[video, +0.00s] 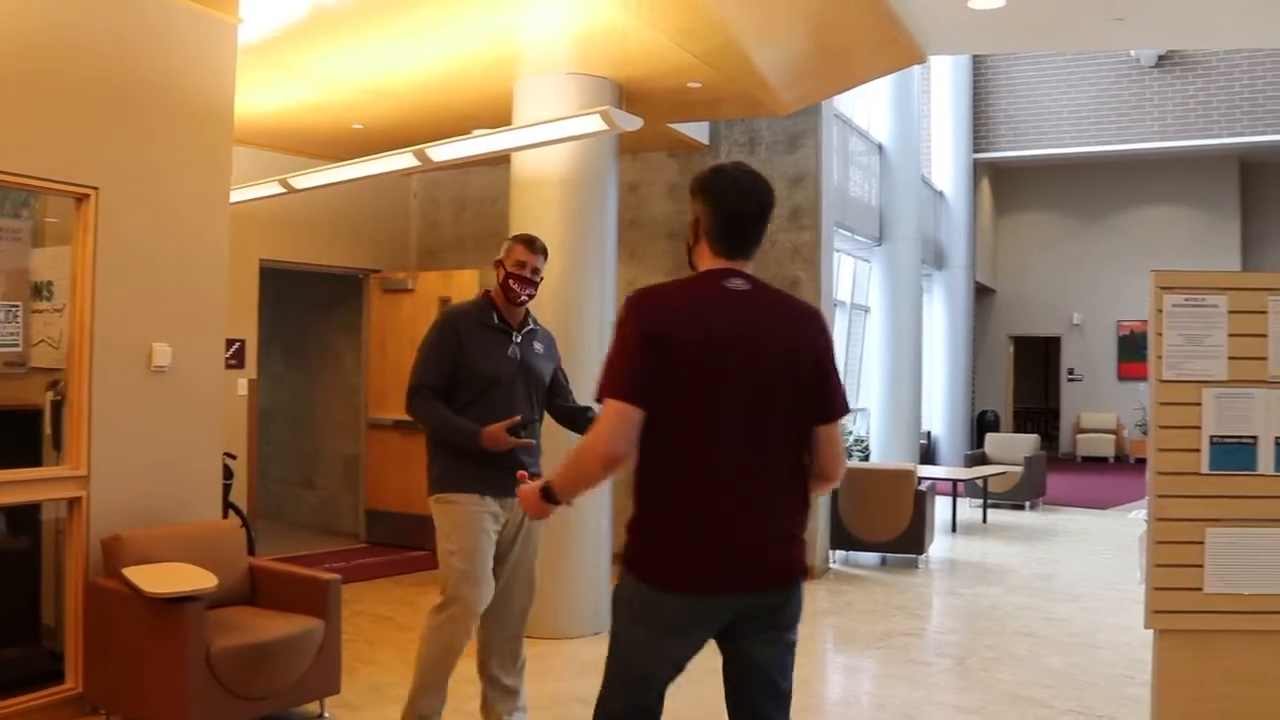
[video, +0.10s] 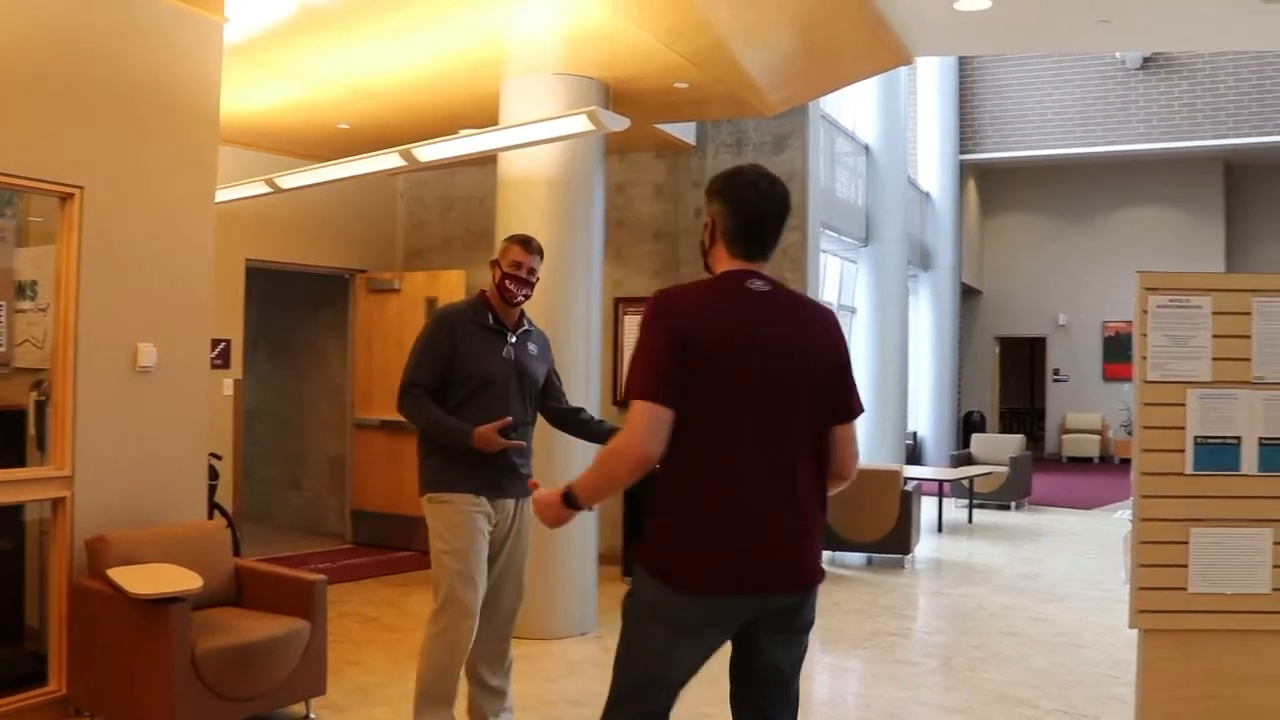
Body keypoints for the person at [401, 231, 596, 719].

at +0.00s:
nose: (522, 279)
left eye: (532, 274)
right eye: (516, 269)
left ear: (540, 280)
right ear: (497, 267)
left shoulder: (542, 340)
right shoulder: (457, 323)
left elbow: (562, 404)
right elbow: (420, 400)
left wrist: (601, 419)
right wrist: (476, 434)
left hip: (522, 492)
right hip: (463, 488)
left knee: (510, 610)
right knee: (467, 598)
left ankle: (504, 711)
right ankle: (421, 712)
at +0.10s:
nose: (520, 280)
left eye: (530, 275)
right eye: (514, 269)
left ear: (537, 283)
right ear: (494, 268)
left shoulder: (535, 342)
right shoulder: (449, 323)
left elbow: (558, 409)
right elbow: (410, 398)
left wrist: (617, 435)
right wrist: (468, 435)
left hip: (513, 492)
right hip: (456, 490)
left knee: (500, 611)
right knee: (460, 605)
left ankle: (491, 712)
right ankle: (433, 714)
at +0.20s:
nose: (516, 279)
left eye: (525, 274)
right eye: (509, 269)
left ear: (531, 281)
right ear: (488, 268)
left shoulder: (529, 341)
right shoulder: (445, 322)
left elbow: (552, 411)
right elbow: (403, 397)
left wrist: (615, 438)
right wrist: (459, 436)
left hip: (505, 493)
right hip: (449, 491)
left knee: (491, 614)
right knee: (457, 616)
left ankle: (483, 712)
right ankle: (450, 714)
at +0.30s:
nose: (512, 277)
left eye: (520, 272)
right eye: (504, 267)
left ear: (525, 279)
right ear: (481, 267)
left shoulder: (522, 341)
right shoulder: (438, 322)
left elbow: (543, 412)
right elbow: (395, 397)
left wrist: (607, 440)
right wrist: (450, 438)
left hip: (496, 493)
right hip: (441, 490)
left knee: (481, 612)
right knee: (456, 611)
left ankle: (467, 710)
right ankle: (463, 714)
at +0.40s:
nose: (505, 279)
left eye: (513, 273)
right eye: (497, 268)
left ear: (519, 280)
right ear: (475, 267)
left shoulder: (515, 341)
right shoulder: (431, 322)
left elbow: (535, 414)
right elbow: (389, 398)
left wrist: (599, 441)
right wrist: (446, 439)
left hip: (488, 491)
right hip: (436, 487)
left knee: (467, 608)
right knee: (462, 608)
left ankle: (446, 710)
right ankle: (466, 714)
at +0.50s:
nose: (499, 280)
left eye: (508, 274)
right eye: (492, 269)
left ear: (515, 281)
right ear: (470, 267)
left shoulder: (508, 341)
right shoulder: (426, 323)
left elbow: (528, 413)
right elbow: (385, 400)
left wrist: (592, 440)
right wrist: (443, 440)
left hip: (484, 493)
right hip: (434, 489)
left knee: (448, 612)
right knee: (466, 612)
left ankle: (437, 713)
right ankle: (473, 714)